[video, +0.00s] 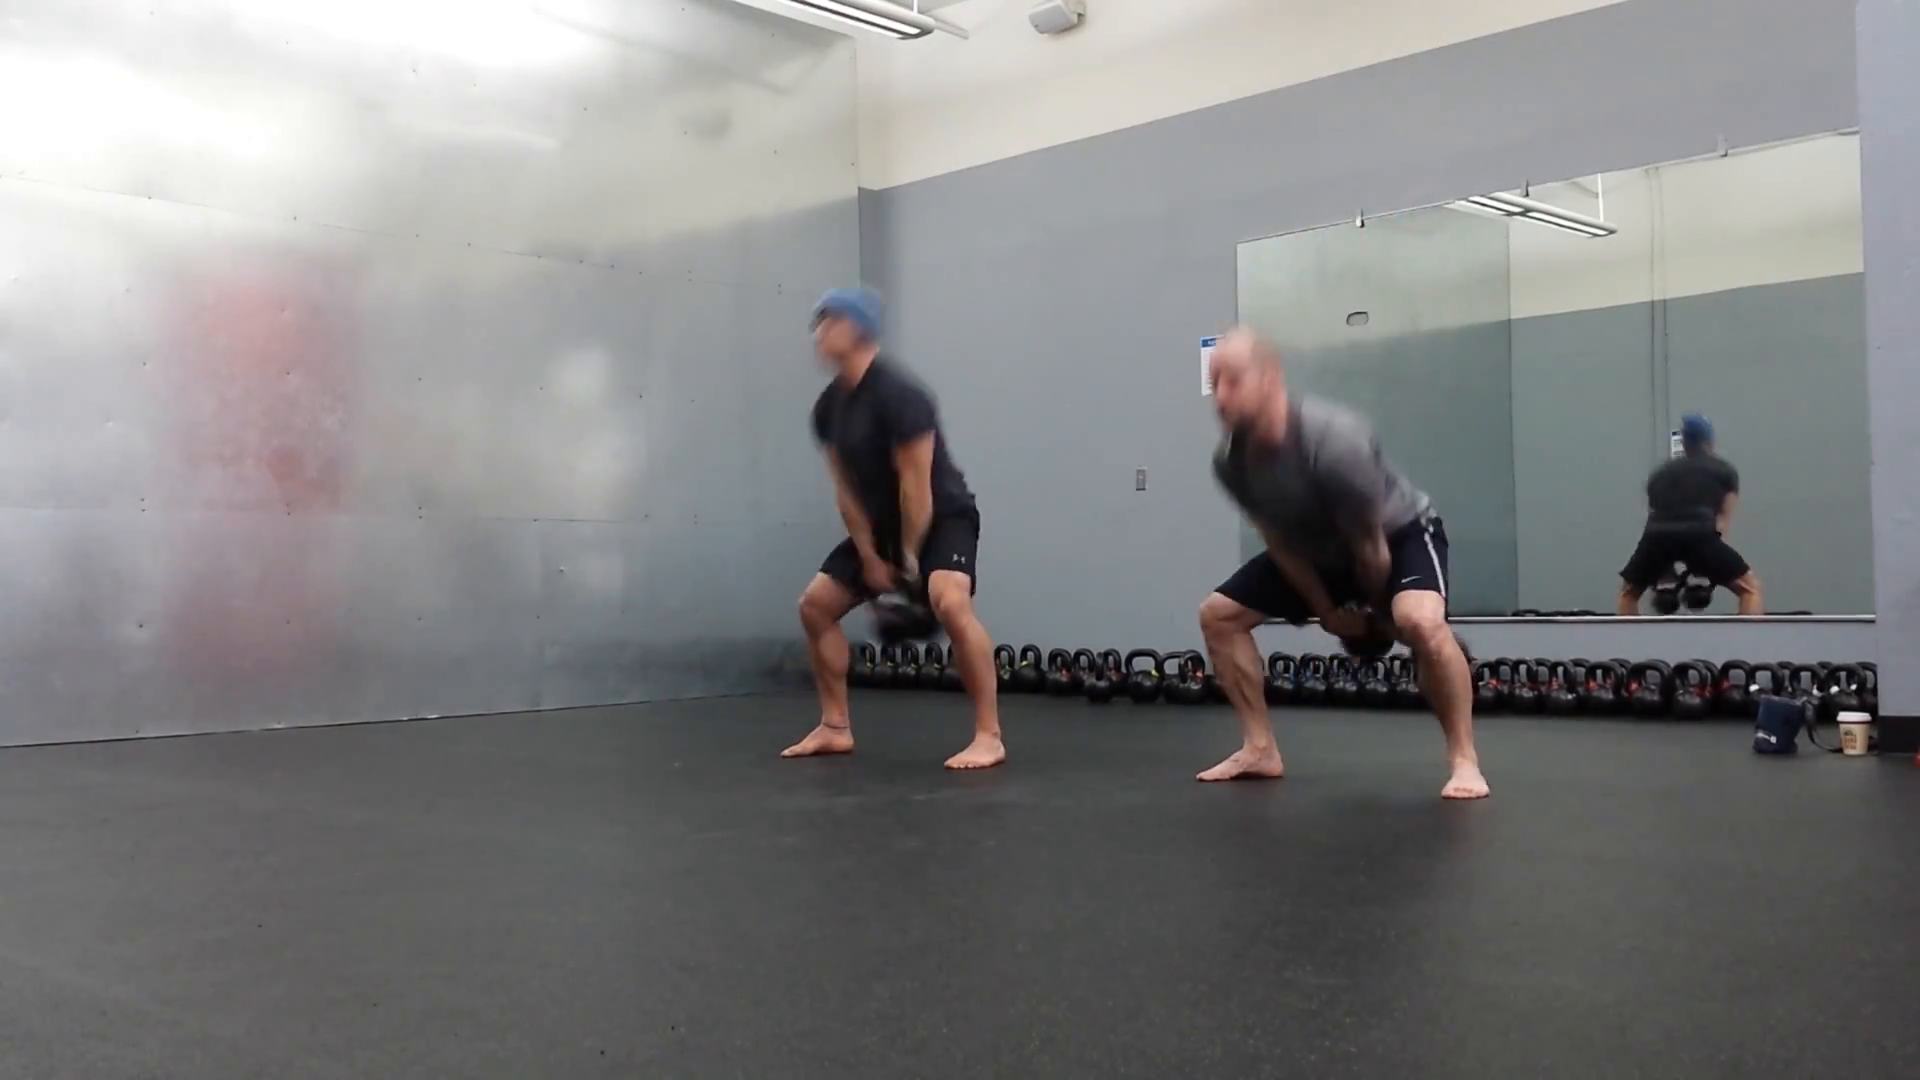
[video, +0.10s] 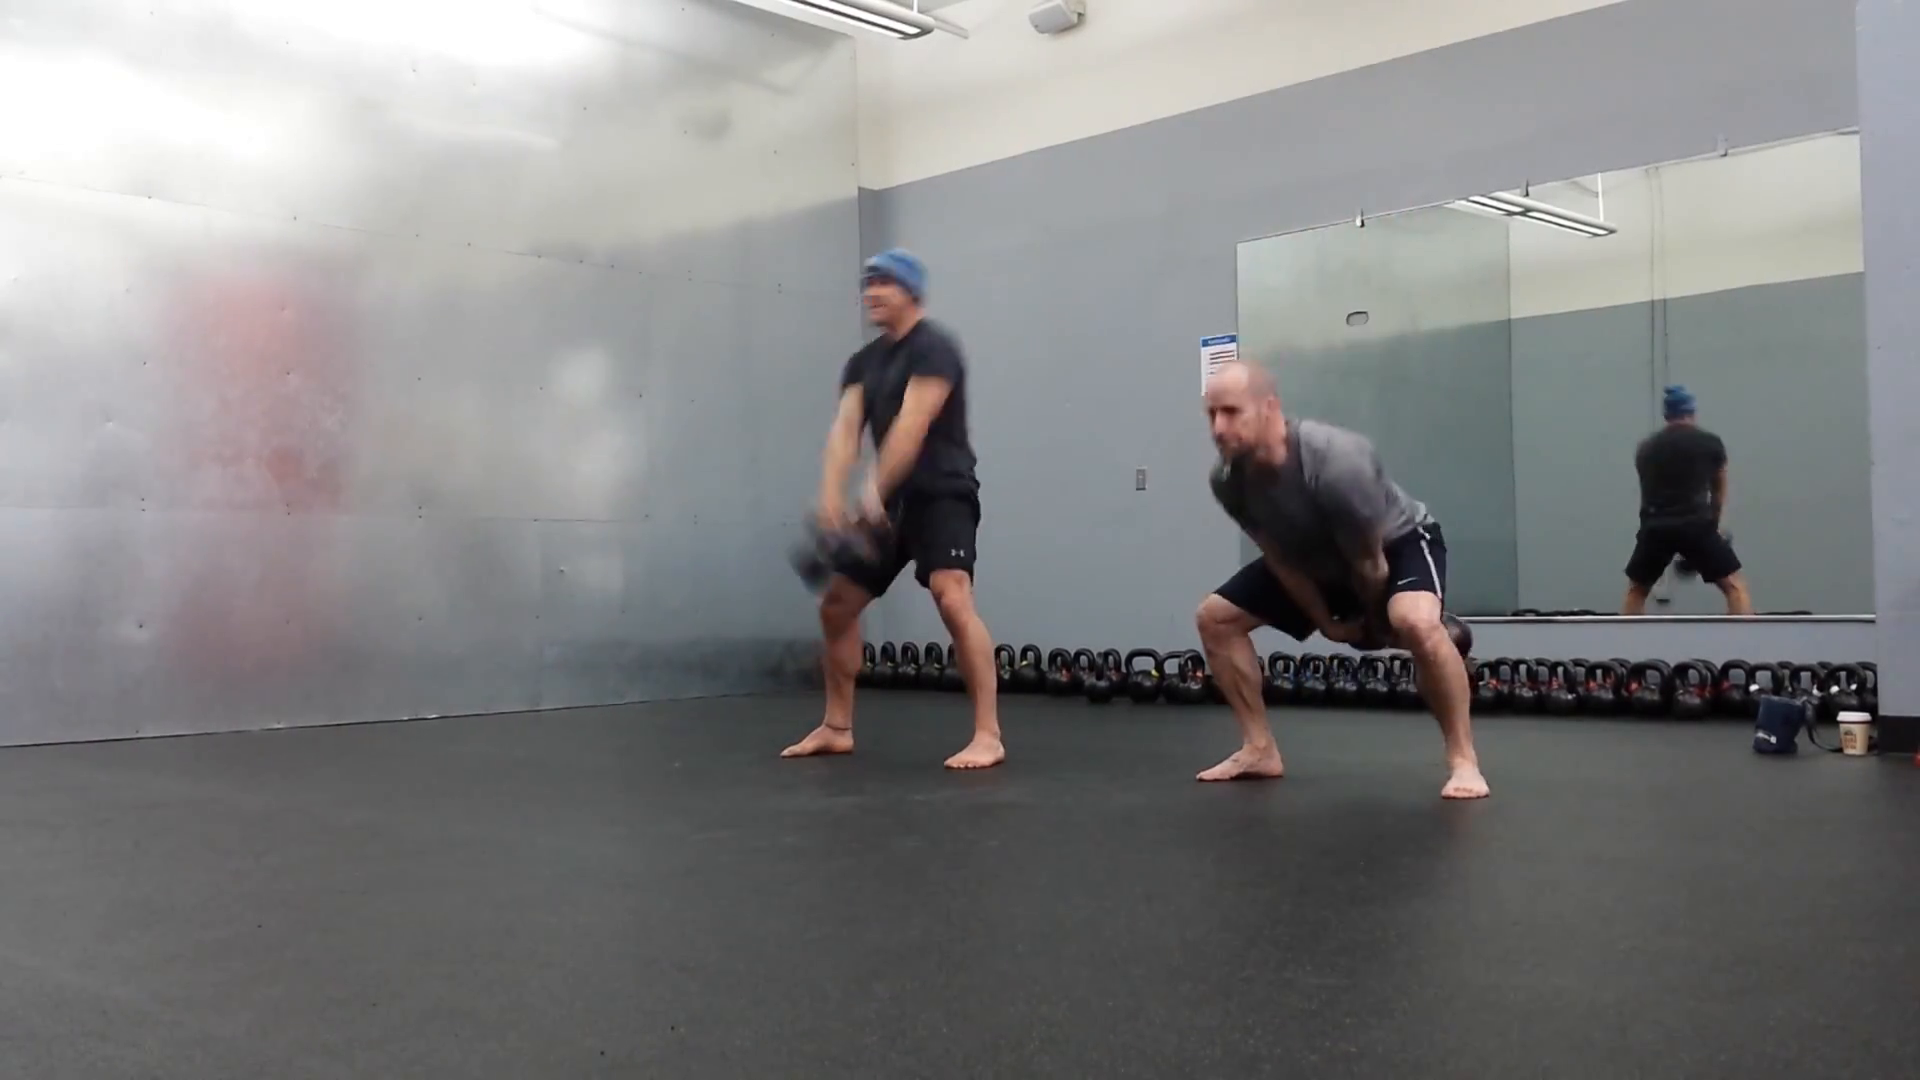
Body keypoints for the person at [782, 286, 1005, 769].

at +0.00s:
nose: (819, 331)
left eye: (831, 321)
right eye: (820, 322)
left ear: (861, 330)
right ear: (827, 334)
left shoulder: (902, 396)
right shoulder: (829, 407)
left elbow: (917, 486)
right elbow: (845, 489)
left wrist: (910, 556)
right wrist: (868, 555)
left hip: (943, 517)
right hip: (882, 522)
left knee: (949, 602)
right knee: (816, 607)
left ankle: (989, 735)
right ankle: (835, 726)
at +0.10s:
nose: (871, 293)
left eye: (882, 284)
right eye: (868, 285)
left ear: (911, 292)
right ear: (866, 296)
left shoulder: (935, 348)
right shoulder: (864, 361)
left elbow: (911, 428)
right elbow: (844, 431)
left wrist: (873, 493)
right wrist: (831, 497)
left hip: (944, 496)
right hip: (893, 500)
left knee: (952, 598)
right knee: (838, 607)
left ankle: (988, 735)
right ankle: (837, 726)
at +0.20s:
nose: (900, 293)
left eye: (909, 283)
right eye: (896, 285)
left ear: (939, 288)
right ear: (897, 294)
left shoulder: (968, 333)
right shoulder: (893, 347)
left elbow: (923, 386)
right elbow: (853, 391)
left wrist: (858, 401)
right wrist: (810, 416)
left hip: (937, 489)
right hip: (884, 488)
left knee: (951, 600)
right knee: (851, 605)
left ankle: (985, 735)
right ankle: (838, 726)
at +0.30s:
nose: (898, 293)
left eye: (908, 283)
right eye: (895, 285)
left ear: (937, 290)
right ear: (897, 296)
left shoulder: (969, 340)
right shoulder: (891, 360)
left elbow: (935, 375)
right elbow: (831, 399)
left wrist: (864, 339)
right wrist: (804, 360)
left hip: (927, 491)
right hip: (872, 491)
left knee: (946, 600)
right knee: (854, 609)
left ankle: (987, 735)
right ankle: (838, 727)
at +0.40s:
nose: (882, 285)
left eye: (891, 276)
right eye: (880, 278)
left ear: (919, 283)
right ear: (878, 283)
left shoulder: (953, 334)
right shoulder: (870, 342)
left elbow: (910, 309)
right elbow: (804, 335)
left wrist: (863, 257)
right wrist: (791, 287)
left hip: (918, 488)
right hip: (862, 491)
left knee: (944, 602)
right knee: (852, 614)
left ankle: (987, 734)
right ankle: (839, 727)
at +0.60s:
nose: (848, 278)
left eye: (858, 269)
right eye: (846, 270)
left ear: (888, 274)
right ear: (842, 280)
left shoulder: (912, 321)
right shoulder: (841, 328)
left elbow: (900, 236)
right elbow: (802, 260)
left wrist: (880, 161)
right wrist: (805, 183)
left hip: (902, 488)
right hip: (848, 493)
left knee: (939, 605)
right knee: (851, 616)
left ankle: (986, 736)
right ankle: (840, 728)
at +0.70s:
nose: (843, 281)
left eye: (853, 270)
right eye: (838, 272)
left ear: (884, 274)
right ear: (836, 279)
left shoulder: (908, 317)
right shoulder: (840, 324)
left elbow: (907, 227)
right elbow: (812, 250)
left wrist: (892, 150)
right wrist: (816, 172)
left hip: (896, 490)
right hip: (840, 494)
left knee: (938, 610)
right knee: (847, 618)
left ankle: (986, 736)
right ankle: (839, 728)